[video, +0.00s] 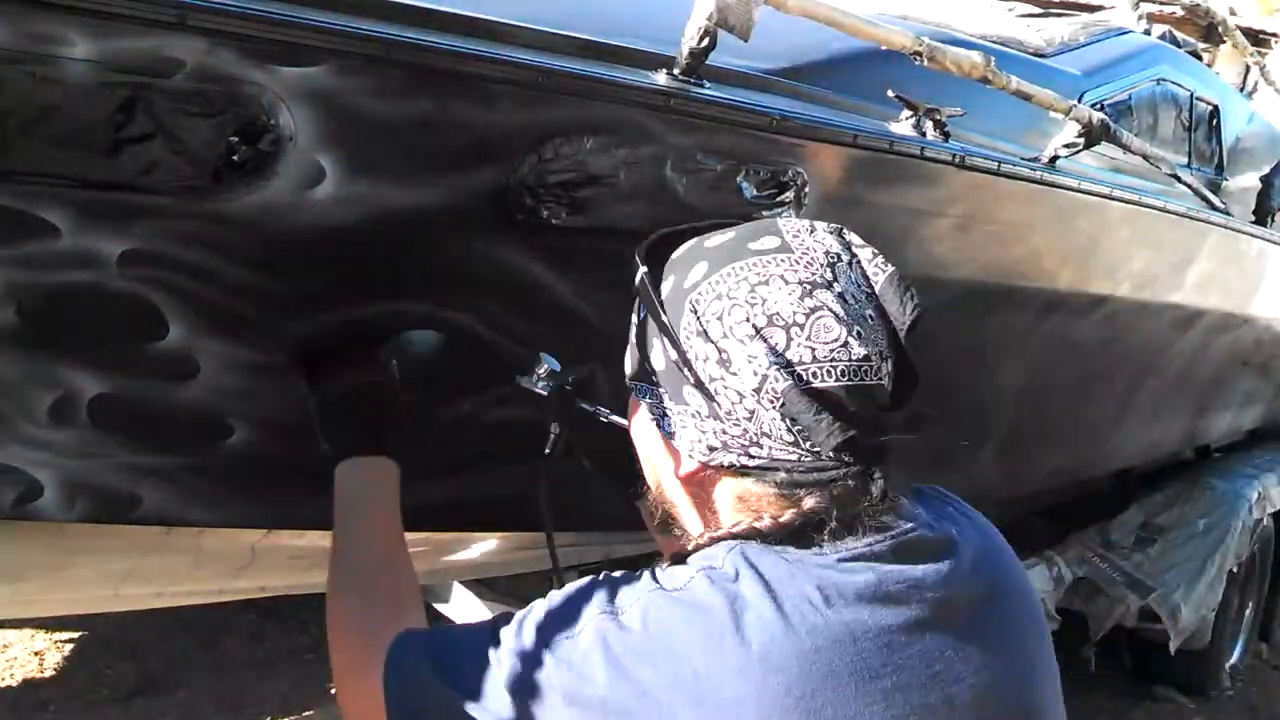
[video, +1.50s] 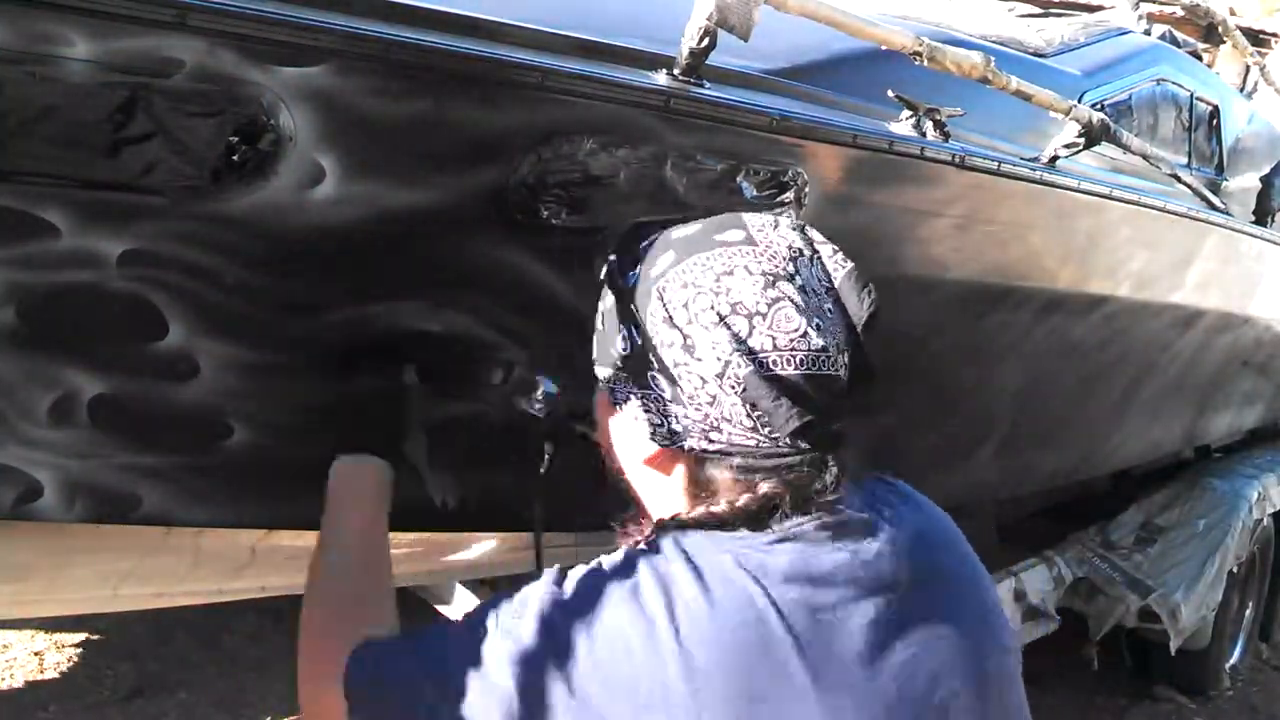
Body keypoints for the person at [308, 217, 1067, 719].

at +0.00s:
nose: (635, 416)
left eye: (643, 399)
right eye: (644, 394)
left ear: (697, 453)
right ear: (860, 416)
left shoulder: (631, 657)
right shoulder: (976, 556)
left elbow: (377, 670)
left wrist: (362, 445)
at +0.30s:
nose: (743, 430)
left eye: (762, 395)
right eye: (751, 394)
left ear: (850, 419)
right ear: (966, 426)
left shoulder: (766, 634)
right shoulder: (1088, 621)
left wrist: (446, 694)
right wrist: (819, 544)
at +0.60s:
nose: (602, 404)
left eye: (616, 386)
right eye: (614, 380)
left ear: (669, 448)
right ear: (818, 415)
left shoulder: (594, 642)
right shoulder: (933, 545)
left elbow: (312, 685)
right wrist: (654, 550)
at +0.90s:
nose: (657, 395)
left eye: (667, 364)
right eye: (667, 362)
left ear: (693, 400)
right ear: (862, 400)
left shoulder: (606, 628)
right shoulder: (982, 567)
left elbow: (459, 698)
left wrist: (454, 559)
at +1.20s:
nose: (635, 385)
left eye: (645, 361)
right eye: (644, 357)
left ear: (681, 412)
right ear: (844, 394)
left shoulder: (582, 646)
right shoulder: (959, 553)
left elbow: (449, 702)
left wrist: (438, 584)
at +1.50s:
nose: (601, 404)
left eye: (614, 383)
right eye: (609, 380)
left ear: (670, 438)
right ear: (819, 411)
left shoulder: (603, 642)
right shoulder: (932, 546)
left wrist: (358, 480)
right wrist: (671, 535)